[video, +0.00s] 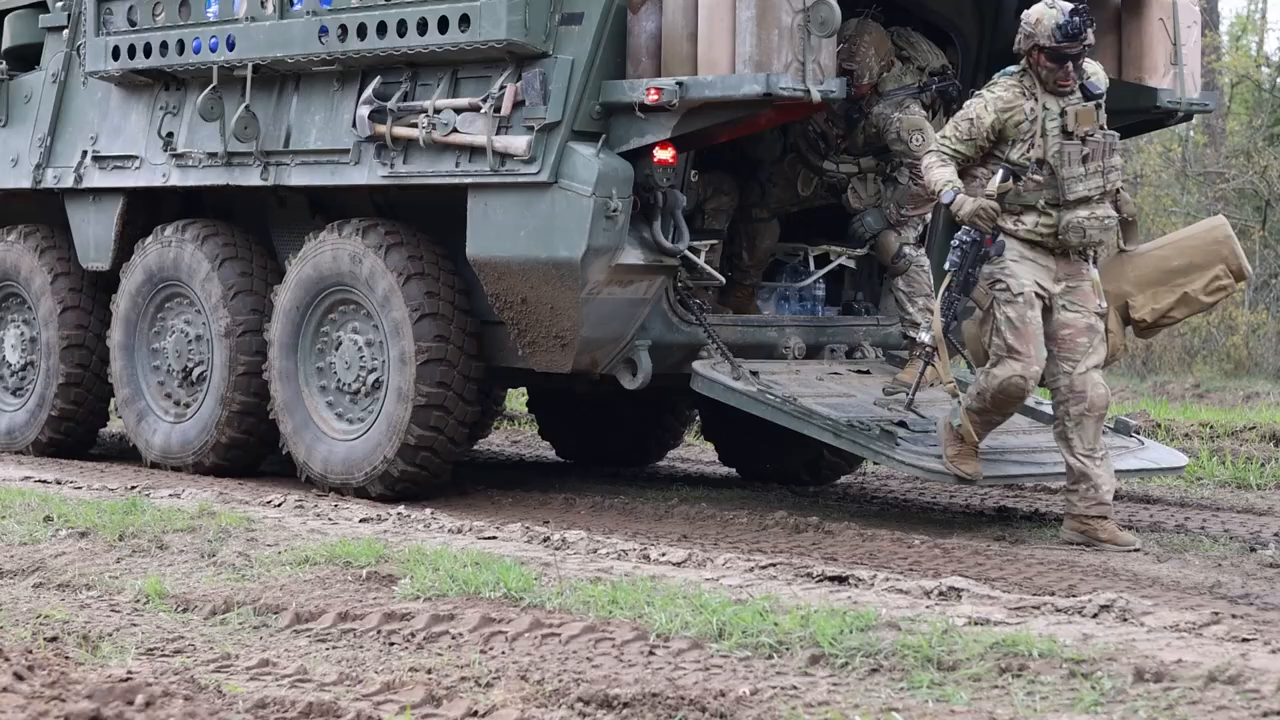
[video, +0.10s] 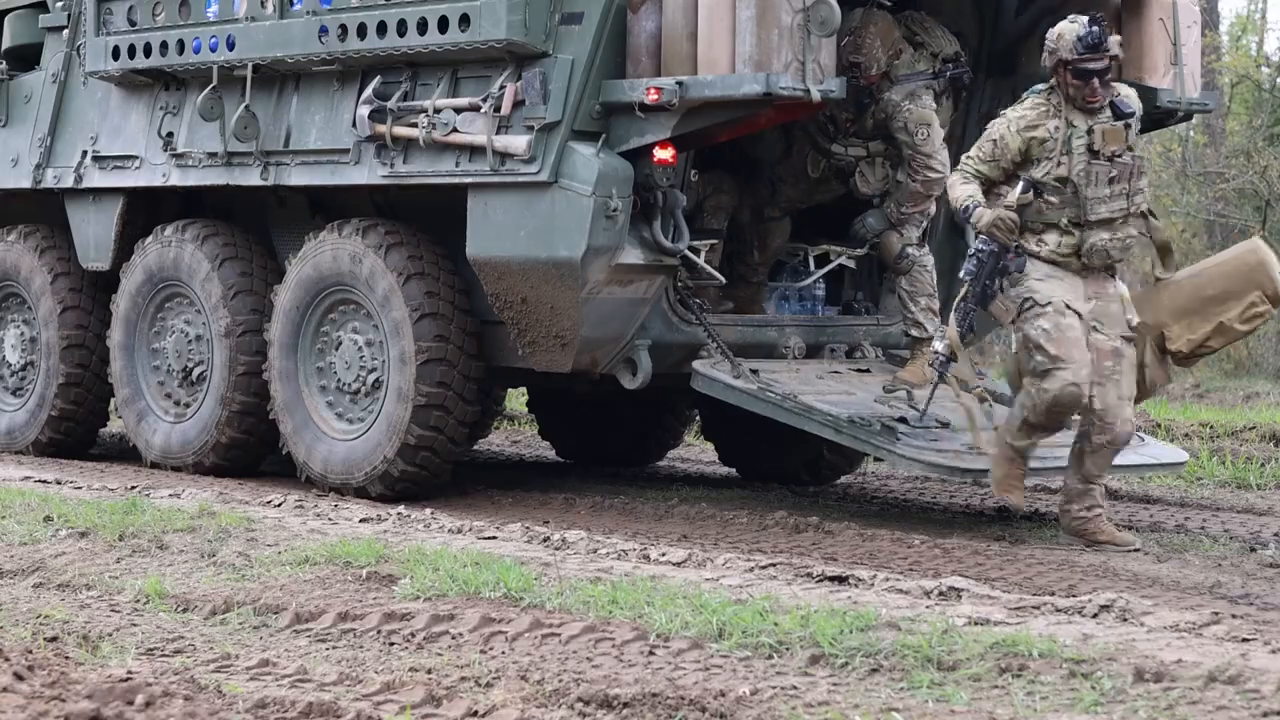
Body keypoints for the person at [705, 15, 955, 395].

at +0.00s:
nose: (849, 72)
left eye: (857, 65)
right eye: (845, 63)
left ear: (880, 62)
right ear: (839, 57)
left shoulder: (898, 111)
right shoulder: (838, 83)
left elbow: (926, 174)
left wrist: (889, 216)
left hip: (894, 184)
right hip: (836, 171)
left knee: (896, 246)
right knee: (760, 192)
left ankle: (925, 353)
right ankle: (740, 296)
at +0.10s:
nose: (858, 78)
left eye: (866, 70)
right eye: (851, 69)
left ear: (888, 59)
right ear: (842, 51)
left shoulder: (907, 99)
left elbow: (932, 172)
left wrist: (895, 221)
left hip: (897, 169)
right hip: (836, 156)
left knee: (901, 244)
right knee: (764, 196)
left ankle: (924, 351)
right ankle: (746, 295)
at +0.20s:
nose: (861, 71)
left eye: (870, 64)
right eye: (856, 60)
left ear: (892, 53)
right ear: (848, 43)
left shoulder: (913, 87)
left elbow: (938, 163)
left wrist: (896, 215)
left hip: (907, 157)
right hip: (853, 144)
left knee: (904, 242)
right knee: (775, 169)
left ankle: (926, 349)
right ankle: (768, 275)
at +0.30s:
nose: (866, 64)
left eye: (874, 56)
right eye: (860, 54)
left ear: (896, 46)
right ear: (850, 43)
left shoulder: (917, 83)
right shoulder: (846, 55)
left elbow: (944, 158)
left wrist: (905, 208)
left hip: (905, 157)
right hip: (853, 144)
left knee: (907, 240)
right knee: (780, 141)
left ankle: (925, 351)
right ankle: (798, 251)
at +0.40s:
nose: (867, 60)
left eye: (876, 52)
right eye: (861, 51)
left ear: (898, 42)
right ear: (851, 37)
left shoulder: (921, 83)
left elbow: (951, 154)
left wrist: (918, 209)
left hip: (910, 147)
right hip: (852, 135)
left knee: (908, 236)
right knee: (785, 139)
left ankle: (925, 351)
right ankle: (833, 236)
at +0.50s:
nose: (878, 60)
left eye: (885, 52)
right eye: (869, 52)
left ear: (903, 42)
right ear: (855, 41)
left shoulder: (928, 79)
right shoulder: (845, 49)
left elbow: (956, 151)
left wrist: (929, 211)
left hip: (913, 148)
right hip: (860, 141)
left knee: (913, 235)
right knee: (804, 171)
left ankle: (926, 353)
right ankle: (854, 278)